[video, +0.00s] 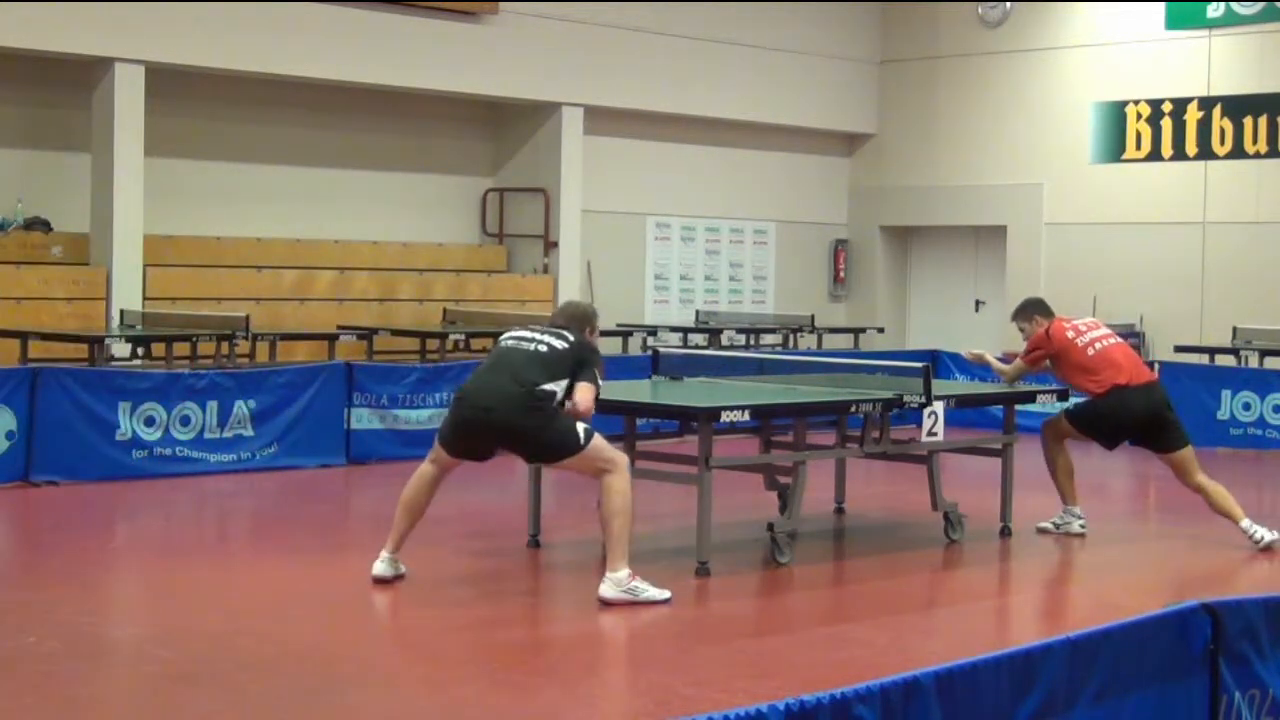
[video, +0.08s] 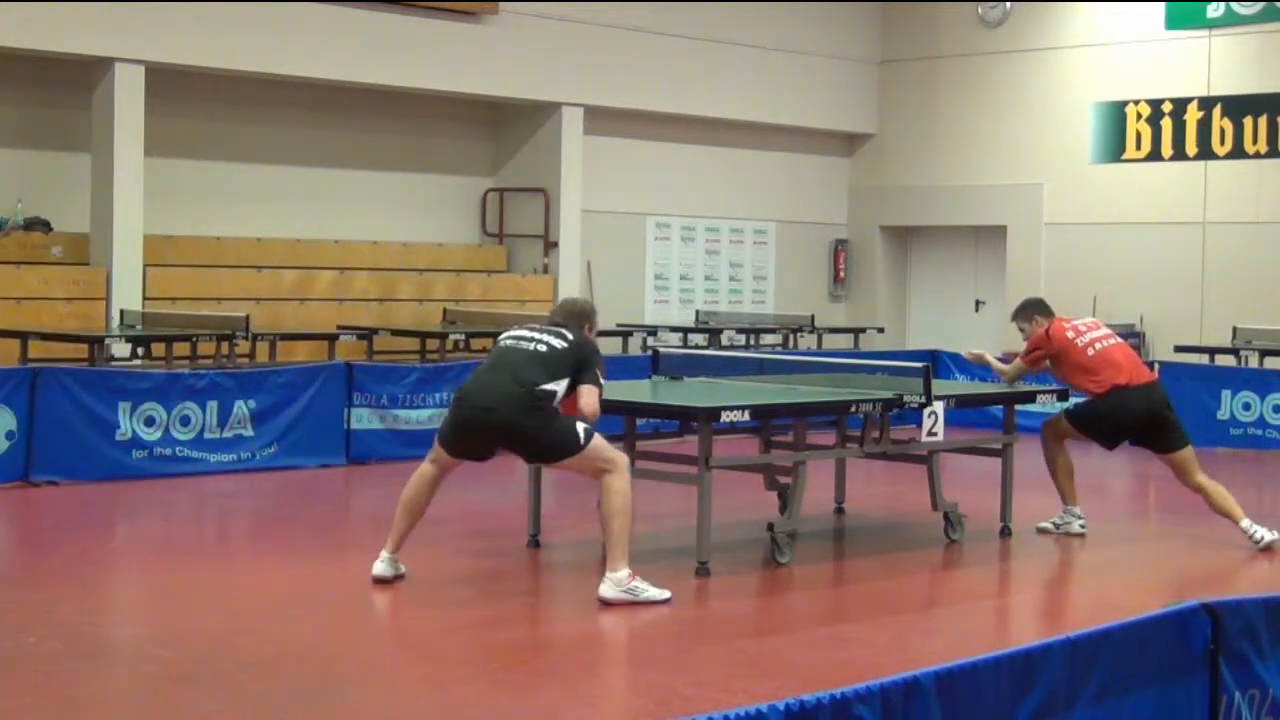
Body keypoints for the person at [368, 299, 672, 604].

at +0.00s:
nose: (597, 342)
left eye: (596, 335)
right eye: (596, 335)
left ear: (557, 323)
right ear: (586, 332)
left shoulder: (517, 333)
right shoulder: (584, 350)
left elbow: (495, 375)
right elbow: (583, 406)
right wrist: (568, 419)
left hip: (470, 409)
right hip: (526, 417)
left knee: (435, 464)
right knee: (616, 465)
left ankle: (386, 557)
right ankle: (618, 576)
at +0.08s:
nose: (595, 338)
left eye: (594, 332)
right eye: (595, 332)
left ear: (555, 319)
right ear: (586, 329)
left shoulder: (516, 331)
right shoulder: (583, 347)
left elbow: (496, 373)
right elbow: (589, 409)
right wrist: (578, 430)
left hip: (470, 409)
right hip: (525, 417)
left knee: (435, 464)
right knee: (616, 466)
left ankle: (386, 556)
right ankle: (618, 576)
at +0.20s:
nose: (595, 334)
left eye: (593, 328)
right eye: (594, 328)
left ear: (554, 317)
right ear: (585, 325)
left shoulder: (516, 329)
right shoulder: (583, 344)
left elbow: (503, 376)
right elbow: (596, 411)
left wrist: (553, 396)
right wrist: (579, 436)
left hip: (470, 409)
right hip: (524, 416)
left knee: (435, 464)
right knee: (615, 466)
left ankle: (386, 556)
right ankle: (619, 577)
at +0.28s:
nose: (595, 331)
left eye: (594, 325)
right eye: (595, 325)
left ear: (554, 316)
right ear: (586, 324)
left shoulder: (518, 328)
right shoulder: (585, 344)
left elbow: (507, 374)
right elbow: (599, 413)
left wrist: (559, 391)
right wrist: (588, 415)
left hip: (470, 408)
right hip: (525, 416)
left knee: (435, 464)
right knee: (616, 466)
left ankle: (386, 556)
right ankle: (619, 576)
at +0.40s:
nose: (595, 331)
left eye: (594, 325)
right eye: (595, 325)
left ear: (554, 315)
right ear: (586, 323)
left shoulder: (517, 328)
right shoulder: (585, 343)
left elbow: (508, 374)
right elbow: (601, 412)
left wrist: (560, 390)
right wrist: (589, 430)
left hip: (470, 408)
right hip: (525, 415)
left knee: (435, 464)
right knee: (616, 466)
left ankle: (386, 557)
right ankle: (618, 577)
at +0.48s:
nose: (595, 329)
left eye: (594, 323)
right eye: (595, 323)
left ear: (554, 315)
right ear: (586, 322)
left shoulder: (517, 327)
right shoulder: (585, 343)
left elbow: (506, 374)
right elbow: (601, 411)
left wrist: (555, 392)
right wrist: (591, 432)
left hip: (470, 408)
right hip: (525, 415)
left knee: (435, 464)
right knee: (616, 466)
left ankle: (386, 556)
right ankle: (619, 576)